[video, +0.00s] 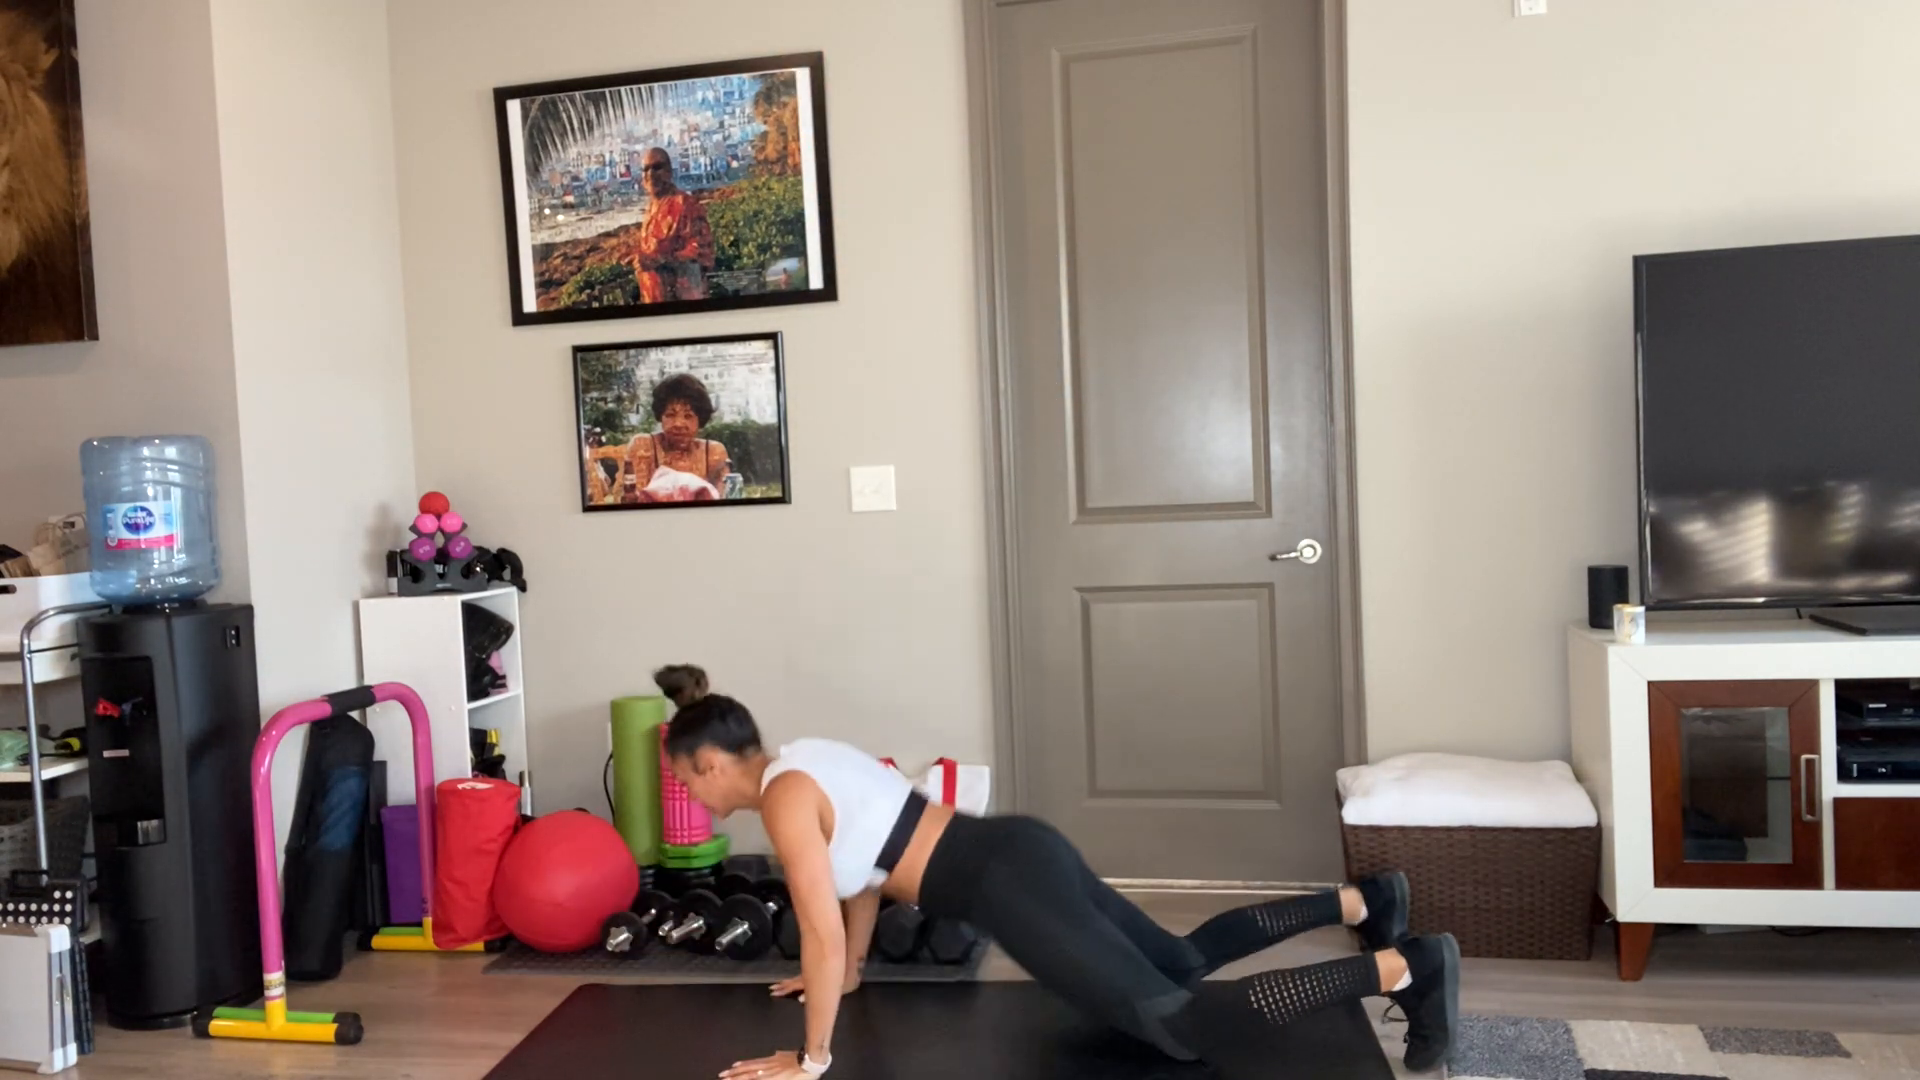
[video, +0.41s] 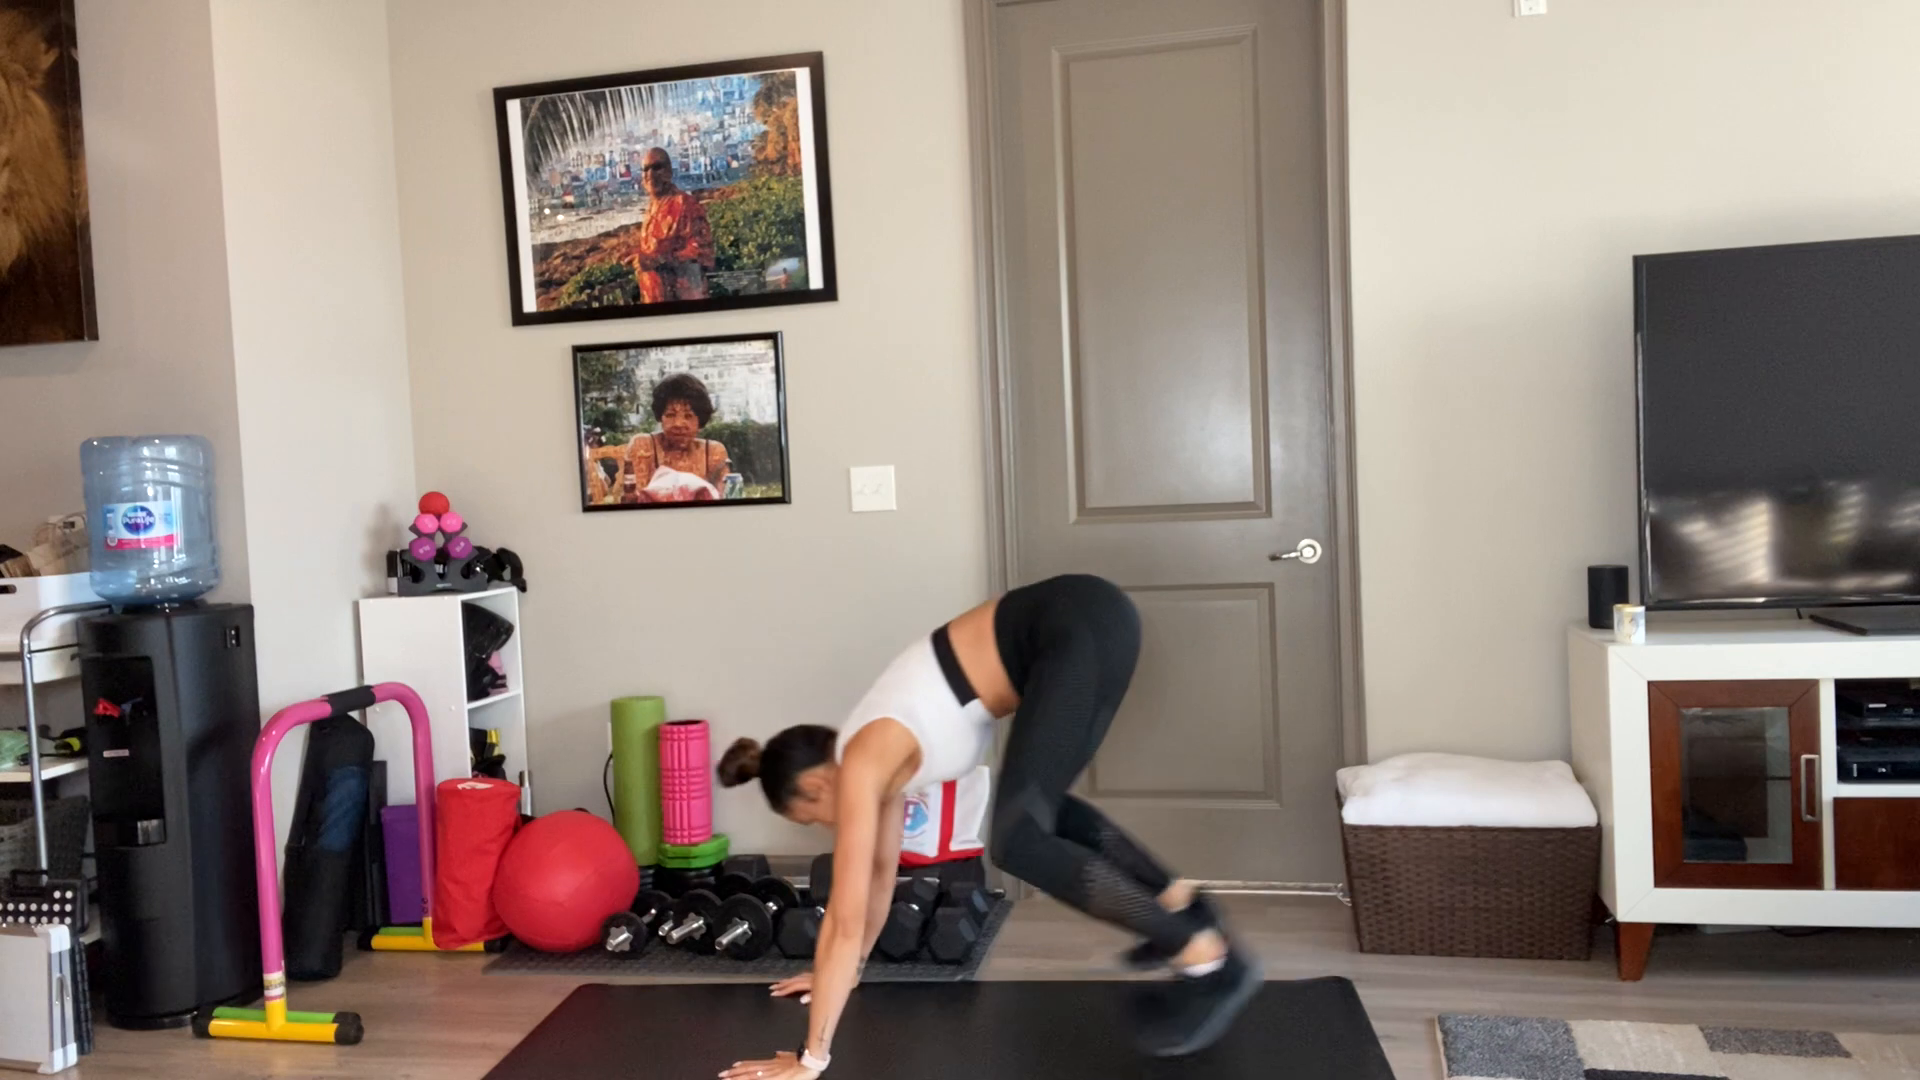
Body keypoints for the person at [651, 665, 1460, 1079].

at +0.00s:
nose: (690, 798)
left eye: (690, 781)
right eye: (685, 784)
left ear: (717, 760)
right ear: (736, 745)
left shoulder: (785, 802)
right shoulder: (812, 761)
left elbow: (824, 940)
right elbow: (867, 880)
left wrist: (815, 1055)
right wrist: (838, 968)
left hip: (994, 876)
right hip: (1013, 846)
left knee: (1169, 1016)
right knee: (1180, 961)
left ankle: (1393, 970)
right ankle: (1353, 901)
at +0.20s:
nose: (718, 803)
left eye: (709, 790)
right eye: (707, 794)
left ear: (729, 759)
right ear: (742, 739)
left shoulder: (798, 774)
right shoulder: (817, 748)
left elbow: (805, 913)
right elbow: (851, 876)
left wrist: (811, 1050)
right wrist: (842, 969)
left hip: (1028, 757)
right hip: (1039, 741)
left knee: (1175, 925)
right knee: (1190, 889)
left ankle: (1409, 972)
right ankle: (1373, 909)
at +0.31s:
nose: (756, 819)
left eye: (743, 806)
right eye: (743, 811)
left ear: (757, 774)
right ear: (765, 756)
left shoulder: (816, 767)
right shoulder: (837, 751)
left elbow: (818, 903)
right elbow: (860, 875)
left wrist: (810, 1055)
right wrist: (844, 970)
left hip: (1037, 670)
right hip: (1042, 677)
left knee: (1131, 881)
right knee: (1139, 846)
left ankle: (1355, 936)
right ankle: (1320, 874)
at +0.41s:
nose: (820, 825)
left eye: (810, 815)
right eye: (810, 818)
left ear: (816, 779)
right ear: (823, 761)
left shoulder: (865, 762)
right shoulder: (882, 753)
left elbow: (848, 923)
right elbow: (877, 883)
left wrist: (811, 1055)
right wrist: (835, 968)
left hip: (1079, 627)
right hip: (1080, 621)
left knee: (1016, 839)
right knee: (1039, 804)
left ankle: (1203, 953)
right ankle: (1177, 899)